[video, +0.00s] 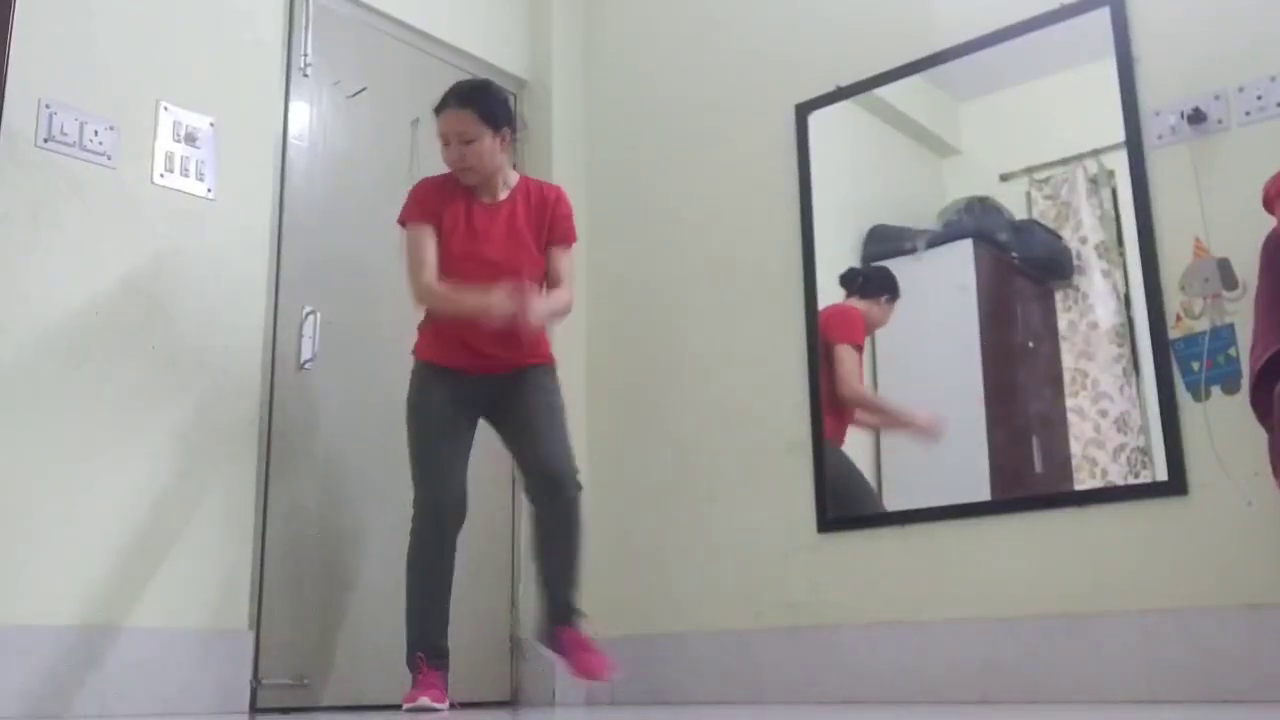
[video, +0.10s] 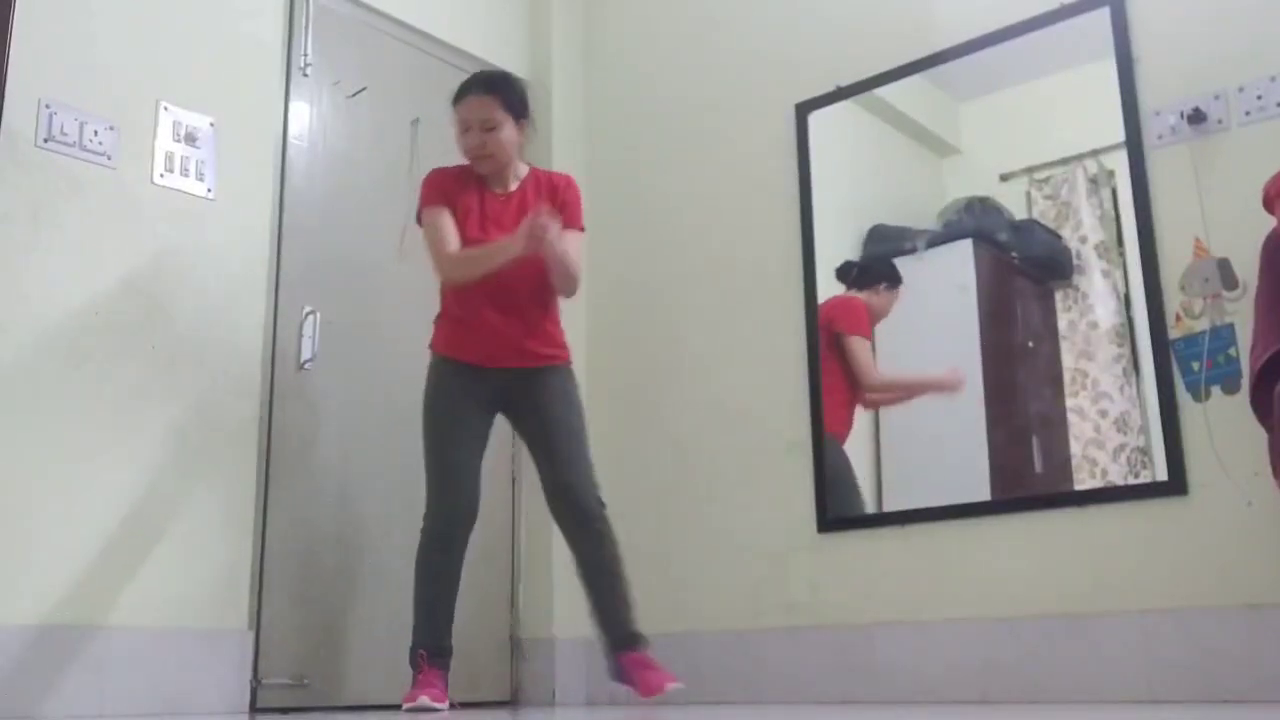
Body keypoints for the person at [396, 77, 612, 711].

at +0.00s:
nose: (453, 155)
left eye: (465, 141)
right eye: (445, 143)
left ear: (505, 137)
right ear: (441, 143)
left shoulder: (549, 202)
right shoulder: (430, 197)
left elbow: (563, 292)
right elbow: (425, 289)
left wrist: (540, 306)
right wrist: (490, 300)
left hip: (524, 373)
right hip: (444, 372)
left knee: (559, 485)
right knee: (439, 508)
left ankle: (561, 624)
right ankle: (428, 668)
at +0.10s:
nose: (475, 141)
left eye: (487, 127)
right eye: (465, 130)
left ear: (521, 126)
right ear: (456, 135)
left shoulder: (557, 190)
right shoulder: (444, 185)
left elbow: (568, 283)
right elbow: (451, 268)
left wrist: (555, 242)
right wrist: (522, 242)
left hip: (541, 367)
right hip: (461, 367)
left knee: (582, 506)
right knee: (450, 513)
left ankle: (628, 652)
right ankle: (429, 671)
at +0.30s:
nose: (543, 126)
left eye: (556, 115)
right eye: (530, 115)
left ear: (576, 127)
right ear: (511, 126)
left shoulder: (604, 191)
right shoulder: (489, 195)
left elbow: (624, 282)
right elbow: (497, 279)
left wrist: (592, 262)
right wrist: (563, 274)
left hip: (595, 377)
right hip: (514, 376)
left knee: (620, 515)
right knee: (479, 516)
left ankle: (653, 666)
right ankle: (434, 669)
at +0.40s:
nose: (577, 126)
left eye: (588, 116)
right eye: (563, 116)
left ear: (607, 130)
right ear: (541, 129)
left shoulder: (633, 194)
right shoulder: (517, 199)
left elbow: (649, 278)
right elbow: (521, 283)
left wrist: (634, 339)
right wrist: (549, 346)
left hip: (623, 373)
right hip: (544, 373)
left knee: (641, 515)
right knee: (499, 514)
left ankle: (656, 664)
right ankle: (444, 659)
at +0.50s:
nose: (600, 125)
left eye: (611, 116)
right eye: (587, 115)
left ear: (629, 133)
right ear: (563, 131)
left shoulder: (653, 200)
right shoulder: (538, 205)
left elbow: (670, 298)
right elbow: (533, 307)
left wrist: (688, 390)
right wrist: (524, 396)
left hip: (643, 378)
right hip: (564, 378)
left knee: (653, 514)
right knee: (539, 498)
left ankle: (658, 664)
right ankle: (488, 646)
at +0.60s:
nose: (614, 121)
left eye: (626, 112)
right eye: (601, 110)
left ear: (642, 128)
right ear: (578, 125)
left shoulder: (666, 197)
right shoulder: (551, 199)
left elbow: (701, 294)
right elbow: (516, 299)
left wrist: (729, 384)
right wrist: (500, 389)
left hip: (653, 372)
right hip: (574, 368)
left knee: (657, 512)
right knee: (575, 490)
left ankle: (658, 663)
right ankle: (562, 633)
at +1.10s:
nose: (597, 131)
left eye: (609, 120)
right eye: (585, 122)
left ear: (634, 132)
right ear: (571, 135)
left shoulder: (664, 203)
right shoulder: (551, 208)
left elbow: (693, 294)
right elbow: (536, 301)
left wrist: (674, 355)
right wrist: (545, 352)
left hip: (654, 376)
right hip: (581, 377)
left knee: (652, 513)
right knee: (548, 488)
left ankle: (657, 664)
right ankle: (574, 593)